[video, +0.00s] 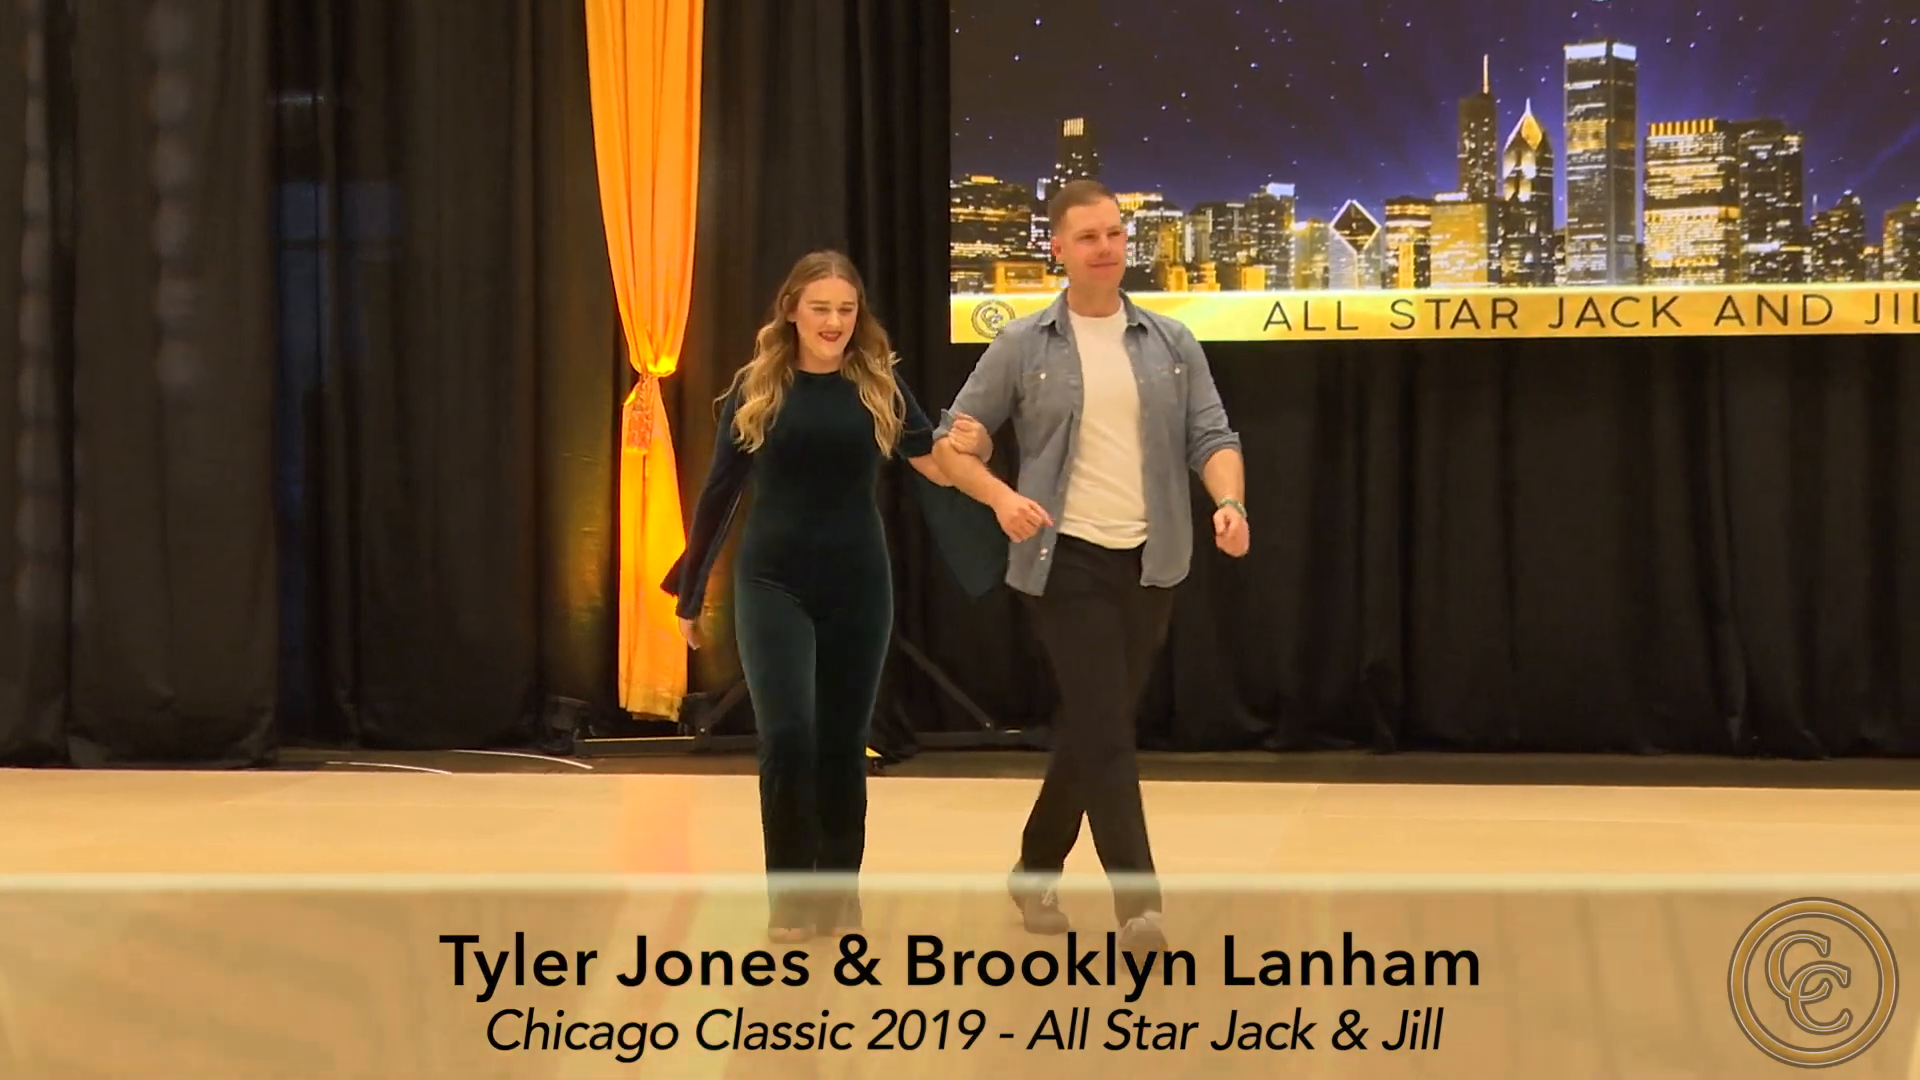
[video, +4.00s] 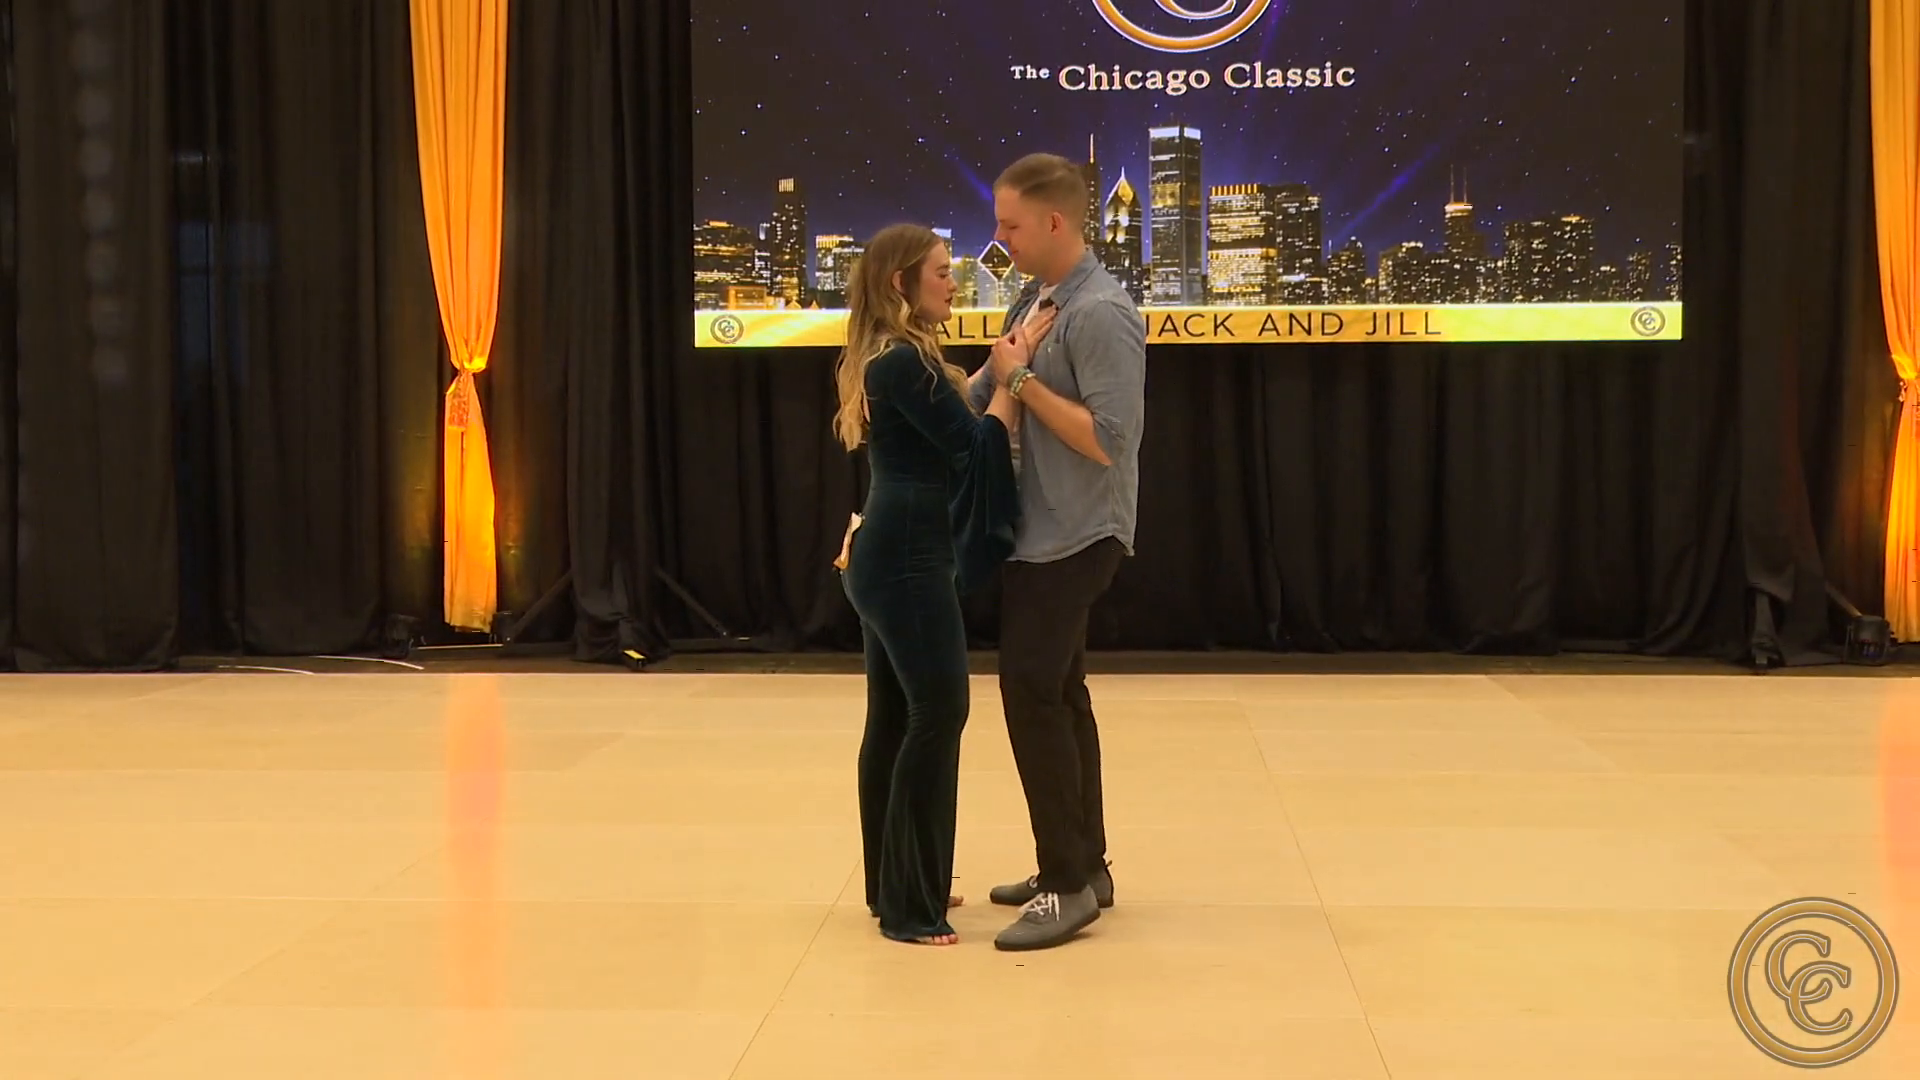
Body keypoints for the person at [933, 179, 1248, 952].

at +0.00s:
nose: (1106, 245)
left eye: (1115, 232)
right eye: (1088, 235)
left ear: (1128, 242)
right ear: (1057, 250)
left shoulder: (1172, 340)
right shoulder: (1021, 347)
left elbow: (1211, 435)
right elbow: (951, 448)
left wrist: (1229, 502)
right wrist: (1001, 496)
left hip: (1153, 562)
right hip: (1064, 560)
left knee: (1096, 724)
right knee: (1104, 728)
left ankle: (1034, 876)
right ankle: (1141, 909)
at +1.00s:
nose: (1116, 228)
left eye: (1128, 213)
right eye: (1110, 214)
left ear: (1182, 206)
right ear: (1113, 215)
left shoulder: (1266, 301)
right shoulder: (1102, 310)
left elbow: (1314, 405)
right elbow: (1059, 439)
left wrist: (1339, 491)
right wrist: (1008, 549)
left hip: (1246, 545)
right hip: (1144, 545)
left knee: (1225, 742)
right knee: (1172, 734)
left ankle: (1208, 927)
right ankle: (1170, 935)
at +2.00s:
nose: (1026, 201)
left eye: (1039, 185)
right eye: (1026, 187)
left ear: (1095, 189)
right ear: (1071, 193)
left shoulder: (1163, 287)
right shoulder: (1053, 299)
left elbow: (1204, 421)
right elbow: (1021, 423)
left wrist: (1160, 538)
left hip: (1127, 553)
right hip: (1048, 551)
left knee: (1137, 747)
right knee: (1077, 743)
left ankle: (1171, 954)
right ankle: (1112, 917)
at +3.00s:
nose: (1011, 197)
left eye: (1022, 182)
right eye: (1014, 182)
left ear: (1071, 189)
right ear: (1070, 190)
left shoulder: (1107, 285)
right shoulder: (1064, 287)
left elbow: (1099, 424)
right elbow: (1033, 411)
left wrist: (1018, 354)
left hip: (1085, 538)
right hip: (1050, 536)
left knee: (1082, 724)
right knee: (1055, 717)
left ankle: (1100, 921)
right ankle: (1057, 884)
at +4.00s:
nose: (1003, 242)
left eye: (1011, 227)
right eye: (1001, 228)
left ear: (1058, 223)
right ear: (1047, 225)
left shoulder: (1102, 312)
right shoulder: (1038, 306)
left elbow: (1108, 444)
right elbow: (1001, 409)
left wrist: (1021, 379)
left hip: (1078, 535)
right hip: (1042, 530)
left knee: (1032, 692)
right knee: (1059, 695)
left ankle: (1073, 883)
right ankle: (1077, 866)